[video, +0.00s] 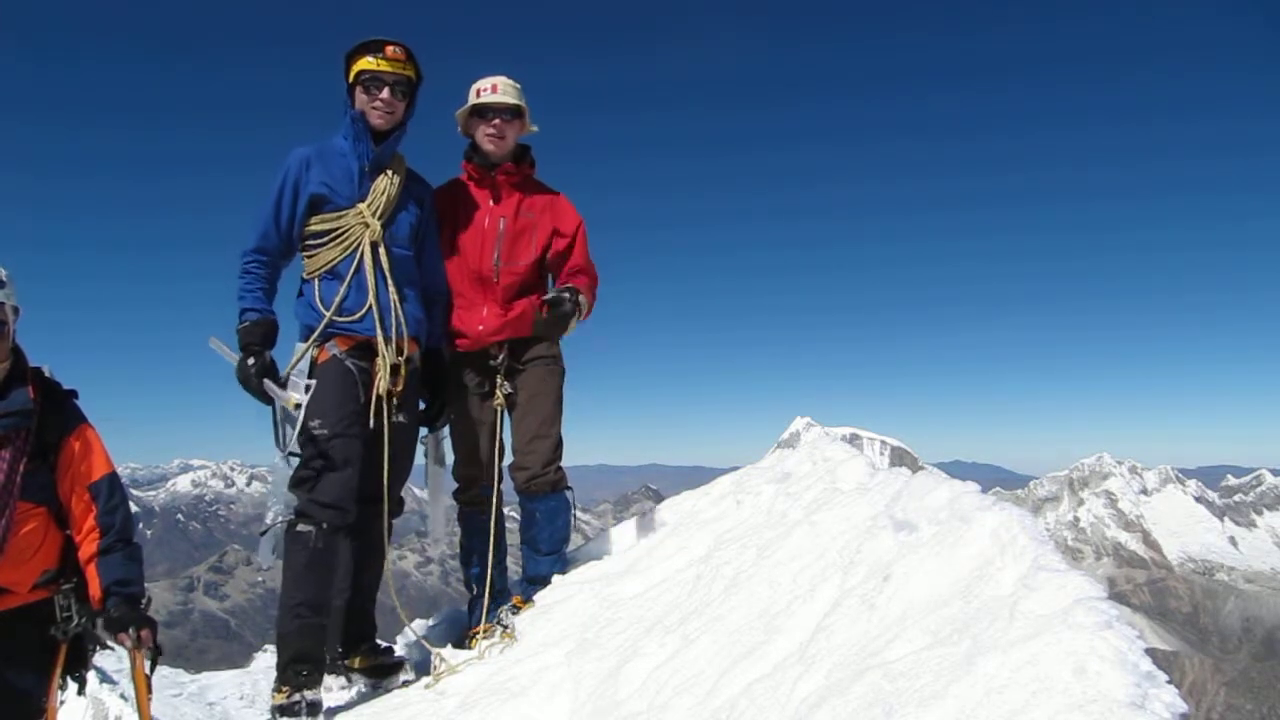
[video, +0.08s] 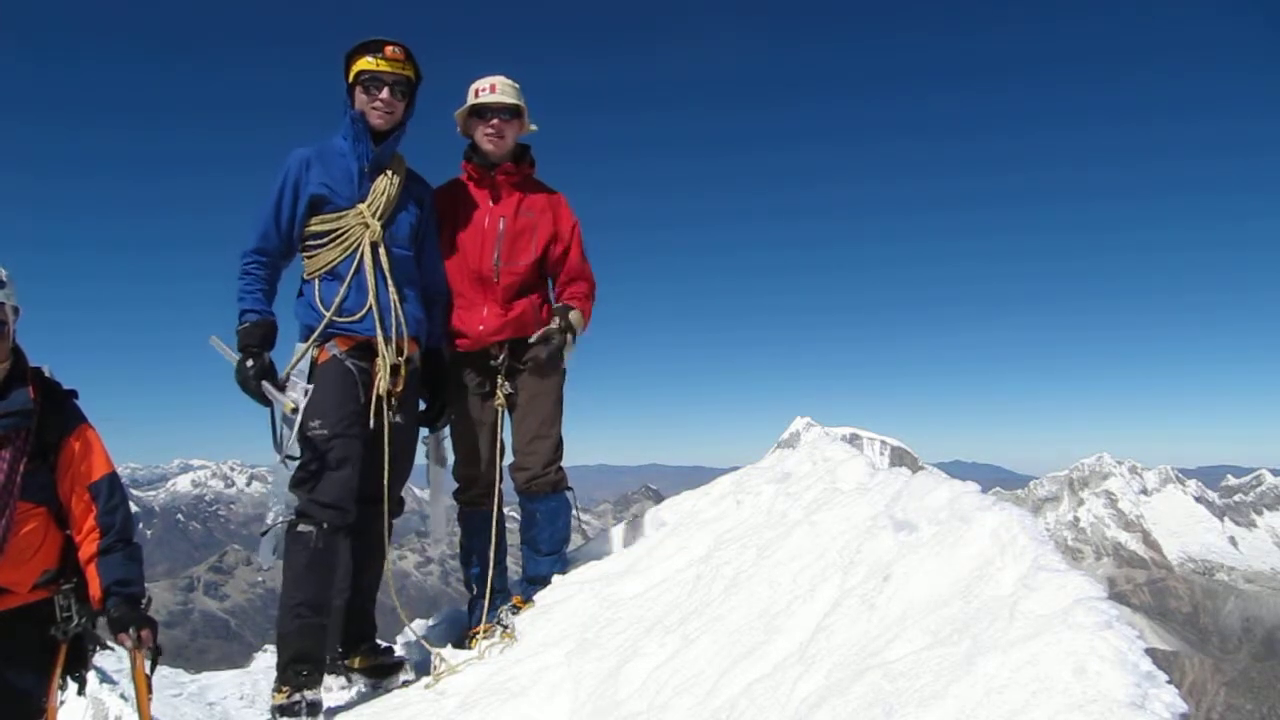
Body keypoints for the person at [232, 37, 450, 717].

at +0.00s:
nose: (384, 97)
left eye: (397, 88)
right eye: (372, 85)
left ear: (410, 100)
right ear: (352, 92)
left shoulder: (418, 191)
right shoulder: (312, 163)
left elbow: (431, 283)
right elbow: (261, 257)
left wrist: (438, 362)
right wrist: (256, 338)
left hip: (405, 363)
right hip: (338, 356)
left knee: (377, 506)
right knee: (326, 503)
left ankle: (354, 639)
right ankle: (299, 670)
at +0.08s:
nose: (383, 97)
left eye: (396, 88)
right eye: (371, 85)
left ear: (410, 100)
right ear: (352, 92)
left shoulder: (418, 191)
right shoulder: (312, 164)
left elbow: (431, 283)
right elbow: (261, 257)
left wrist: (438, 362)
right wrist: (255, 339)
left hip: (405, 362)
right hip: (338, 355)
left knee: (377, 505)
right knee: (327, 502)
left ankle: (354, 639)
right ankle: (299, 670)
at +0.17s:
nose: (383, 97)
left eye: (396, 88)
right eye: (371, 85)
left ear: (410, 100)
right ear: (351, 92)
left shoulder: (418, 190)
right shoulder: (312, 164)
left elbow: (431, 282)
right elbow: (261, 257)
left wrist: (439, 362)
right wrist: (255, 338)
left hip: (405, 362)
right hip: (338, 355)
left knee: (378, 504)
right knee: (328, 500)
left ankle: (355, 639)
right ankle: (299, 669)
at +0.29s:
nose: (383, 97)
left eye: (396, 88)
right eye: (371, 85)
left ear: (410, 100)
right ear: (351, 93)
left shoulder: (418, 191)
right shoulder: (312, 164)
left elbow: (431, 283)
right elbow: (261, 257)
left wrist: (439, 362)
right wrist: (255, 337)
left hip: (406, 362)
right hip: (339, 355)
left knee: (378, 504)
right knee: (328, 501)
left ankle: (354, 639)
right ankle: (300, 669)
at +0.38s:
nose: (383, 97)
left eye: (396, 88)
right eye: (371, 85)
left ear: (410, 100)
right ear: (351, 92)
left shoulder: (418, 190)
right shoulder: (313, 164)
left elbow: (433, 282)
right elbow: (262, 258)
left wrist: (439, 364)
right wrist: (254, 339)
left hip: (405, 363)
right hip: (338, 356)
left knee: (378, 504)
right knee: (328, 500)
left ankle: (355, 638)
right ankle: (300, 670)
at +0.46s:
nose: (383, 97)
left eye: (396, 88)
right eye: (371, 85)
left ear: (410, 100)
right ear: (351, 93)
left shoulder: (418, 190)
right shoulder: (313, 164)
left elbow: (433, 282)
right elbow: (262, 257)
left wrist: (439, 364)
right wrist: (254, 338)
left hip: (405, 364)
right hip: (338, 356)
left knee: (378, 504)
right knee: (328, 500)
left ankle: (355, 638)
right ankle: (300, 670)